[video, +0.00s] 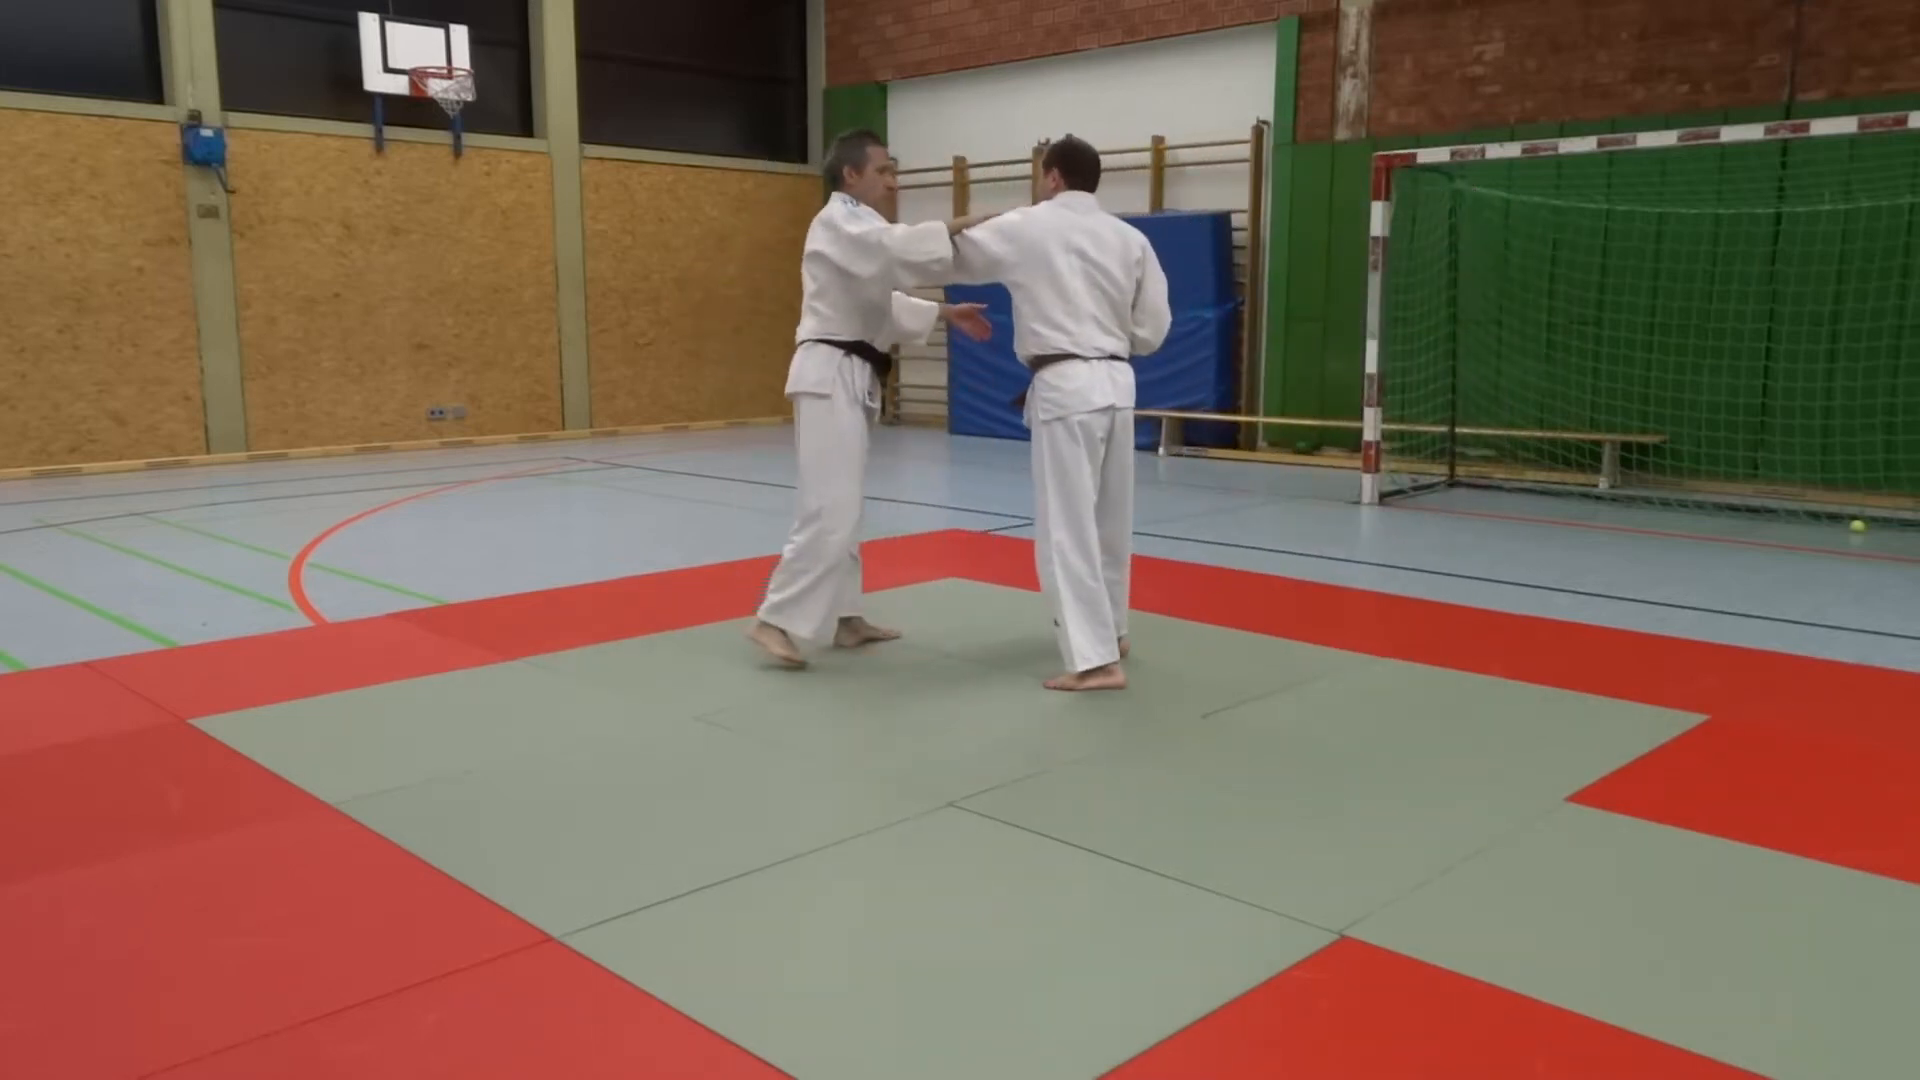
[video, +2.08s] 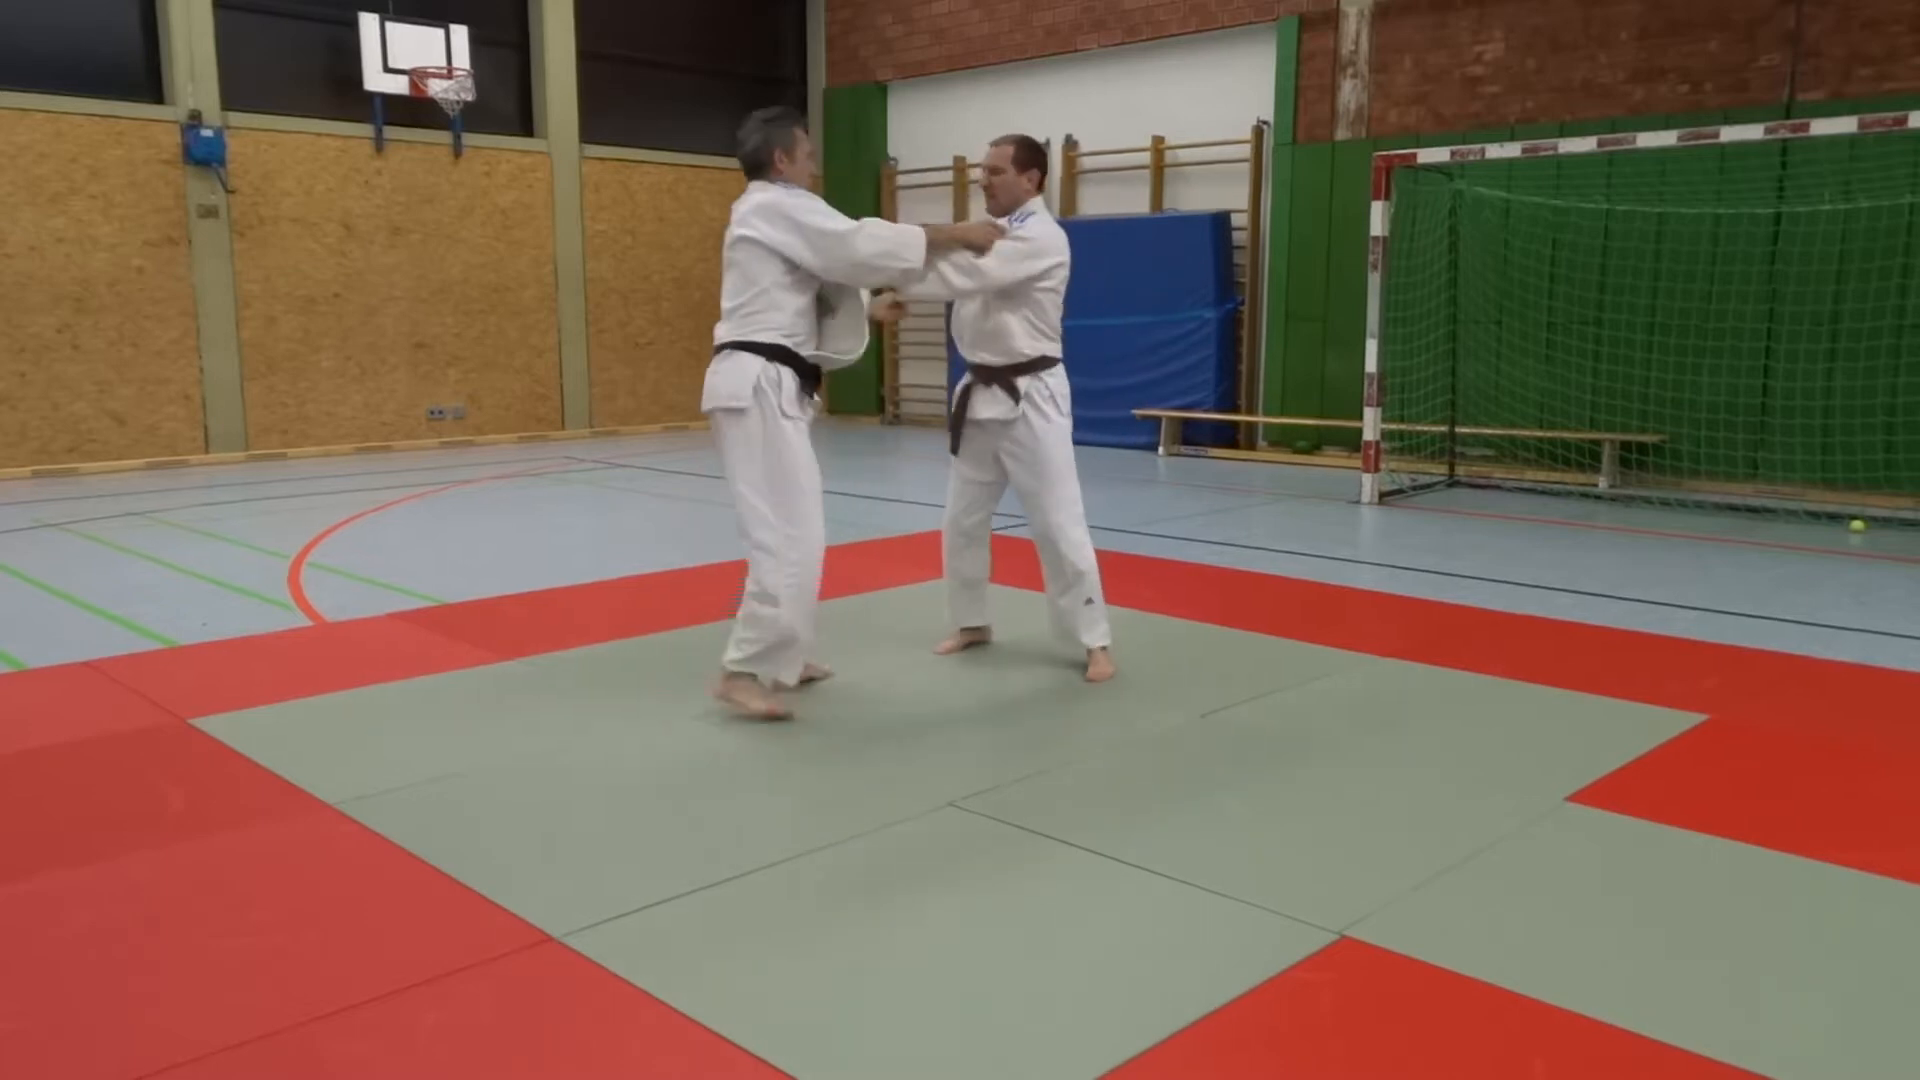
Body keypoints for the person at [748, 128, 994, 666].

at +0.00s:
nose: (895, 180)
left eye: (893, 171)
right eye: (885, 170)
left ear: (859, 177)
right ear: (852, 175)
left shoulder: (859, 226)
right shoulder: (836, 219)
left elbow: (877, 302)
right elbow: (892, 246)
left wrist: (946, 313)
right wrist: (967, 229)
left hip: (852, 372)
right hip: (828, 369)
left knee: (845, 503)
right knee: (832, 505)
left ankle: (845, 617)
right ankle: (775, 621)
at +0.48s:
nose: (856, 188)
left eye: (855, 177)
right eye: (848, 177)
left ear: (822, 178)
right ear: (816, 178)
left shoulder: (828, 237)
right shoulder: (782, 227)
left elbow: (868, 298)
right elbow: (859, 251)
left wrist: (938, 299)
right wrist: (947, 228)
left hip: (802, 389)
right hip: (756, 382)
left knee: (816, 499)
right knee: (742, 507)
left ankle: (823, 616)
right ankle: (727, 638)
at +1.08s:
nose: (894, 184)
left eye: (894, 176)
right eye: (883, 176)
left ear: (887, 183)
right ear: (849, 181)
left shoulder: (883, 240)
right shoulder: (831, 220)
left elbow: (921, 304)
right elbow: (896, 239)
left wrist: (999, 292)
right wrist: (991, 231)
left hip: (836, 386)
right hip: (792, 378)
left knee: (848, 501)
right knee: (771, 508)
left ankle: (845, 615)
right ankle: (737, 635)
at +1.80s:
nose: (893, 184)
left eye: (893, 173)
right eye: (888, 173)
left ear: (850, 171)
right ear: (859, 172)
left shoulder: (842, 215)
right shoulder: (843, 218)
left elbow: (906, 262)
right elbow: (913, 282)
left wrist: (975, 274)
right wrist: (1008, 276)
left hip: (824, 383)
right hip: (802, 380)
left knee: (834, 514)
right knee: (802, 527)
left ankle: (806, 633)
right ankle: (774, 680)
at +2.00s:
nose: (832, 169)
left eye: (829, 160)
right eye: (825, 159)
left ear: (790, 166)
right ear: (800, 164)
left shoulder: (790, 211)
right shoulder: (789, 207)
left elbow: (863, 261)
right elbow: (869, 246)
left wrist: (927, 244)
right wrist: (969, 242)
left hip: (783, 381)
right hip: (771, 381)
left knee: (794, 527)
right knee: (791, 530)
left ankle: (789, 656)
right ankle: (777, 676)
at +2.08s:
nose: (815, 163)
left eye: (812, 153)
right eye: (808, 153)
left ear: (770, 161)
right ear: (782, 158)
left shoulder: (771, 211)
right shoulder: (771, 204)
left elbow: (800, 314)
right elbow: (857, 243)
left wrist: (867, 312)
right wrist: (956, 234)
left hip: (771, 383)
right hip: (758, 383)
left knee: (792, 525)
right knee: (789, 529)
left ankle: (784, 652)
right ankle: (743, 670)